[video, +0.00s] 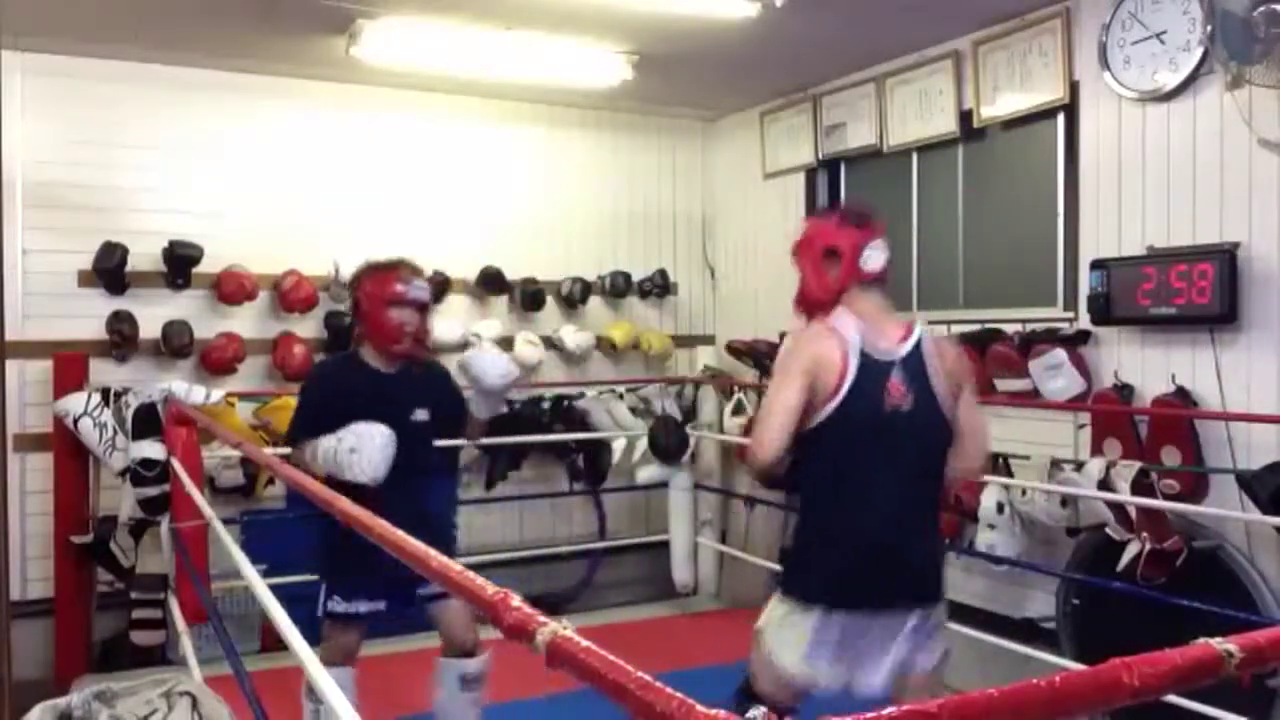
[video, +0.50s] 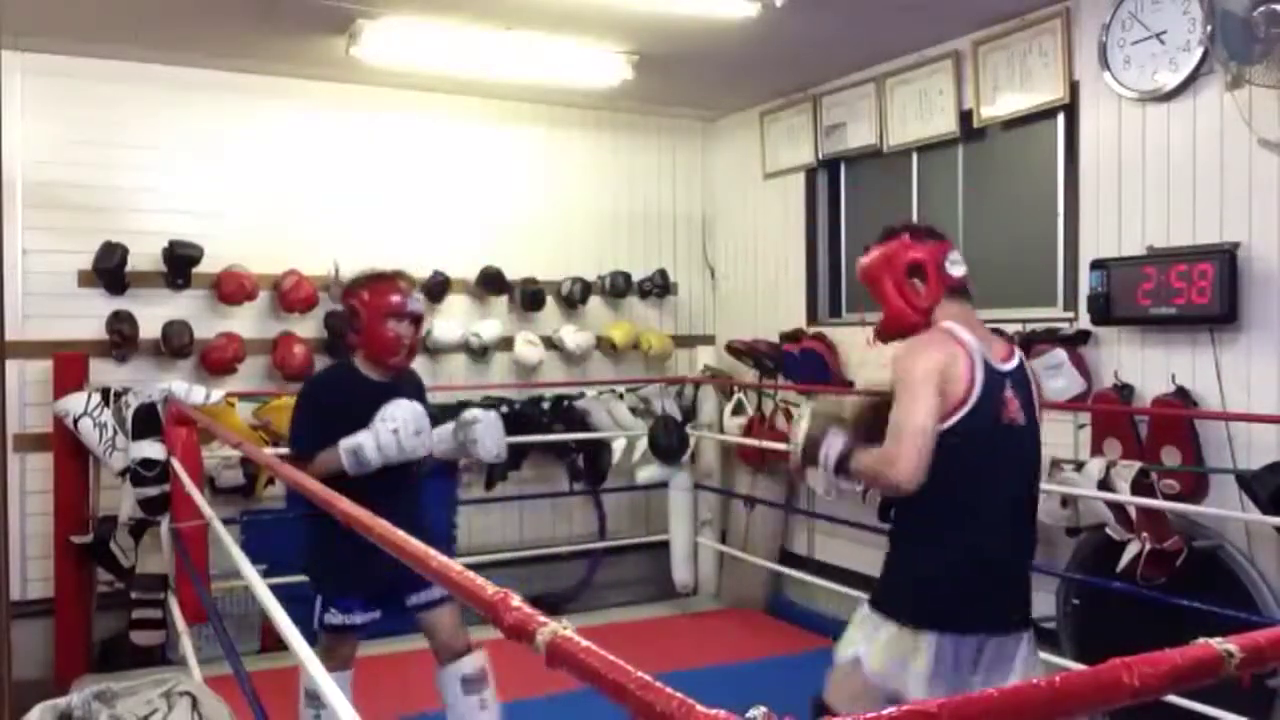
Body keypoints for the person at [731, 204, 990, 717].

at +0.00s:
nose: (800, 284)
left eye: (805, 268)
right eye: (801, 268)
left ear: (829, 267)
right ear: (878, 267)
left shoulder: (813, 343)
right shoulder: (941, 350)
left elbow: (765, 453)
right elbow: (971, 457)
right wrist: (902, 462)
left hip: (827, 580)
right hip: (915, 583)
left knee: (764, 705)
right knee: (920, 714)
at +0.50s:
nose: (881, 313)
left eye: (883, 293)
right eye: (878, 295)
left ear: (916, 283)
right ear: (949, 278)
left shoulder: (926, 352)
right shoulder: (1010, 355)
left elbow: (903, 471)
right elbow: (992, 472)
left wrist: (840, 454)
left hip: (927, 605)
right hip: (1005, 603)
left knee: (842, 705)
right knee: (984, 718)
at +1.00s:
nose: (807, 320)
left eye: (807, 305)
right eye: (802, 307)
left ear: (836, 292)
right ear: (868, 280)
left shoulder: (850, 370)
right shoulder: (946, 352)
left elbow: (800, 469)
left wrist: (756, 406)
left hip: (873, 602)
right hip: (953, 593)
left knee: (840, 707)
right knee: (943, 715)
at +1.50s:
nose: (814, 323)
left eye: (815, 308)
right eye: (811, 309)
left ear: (847, 298)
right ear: (876, 293)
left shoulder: (850, 367)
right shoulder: (935, 366)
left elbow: (802, 473)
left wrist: (754, 406)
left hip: (844, 585)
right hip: (916, 587)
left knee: (731, 695)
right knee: (886, 711)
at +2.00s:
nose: (775, 321)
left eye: (777, 307)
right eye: (772, 308)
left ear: (809, 298)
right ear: (825, 293)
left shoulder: (828, 376)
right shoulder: (887, 362)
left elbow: (776, 477)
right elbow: (826, 441)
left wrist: (724, 416)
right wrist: (758, 397)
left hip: (810, 582)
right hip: (874, 578)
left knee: (726, 703)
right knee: (866, 709)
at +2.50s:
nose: (752, 337)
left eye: (753, 324)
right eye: (748, 326)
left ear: (787, 313)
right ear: (801, 309)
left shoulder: (820, 389)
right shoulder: (855, 375)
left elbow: (751, 481)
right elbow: (775, 460)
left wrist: (720, 402)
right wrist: (740, 395)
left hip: (794, 596)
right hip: (856, 596)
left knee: (684, 690)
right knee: (850, 710)